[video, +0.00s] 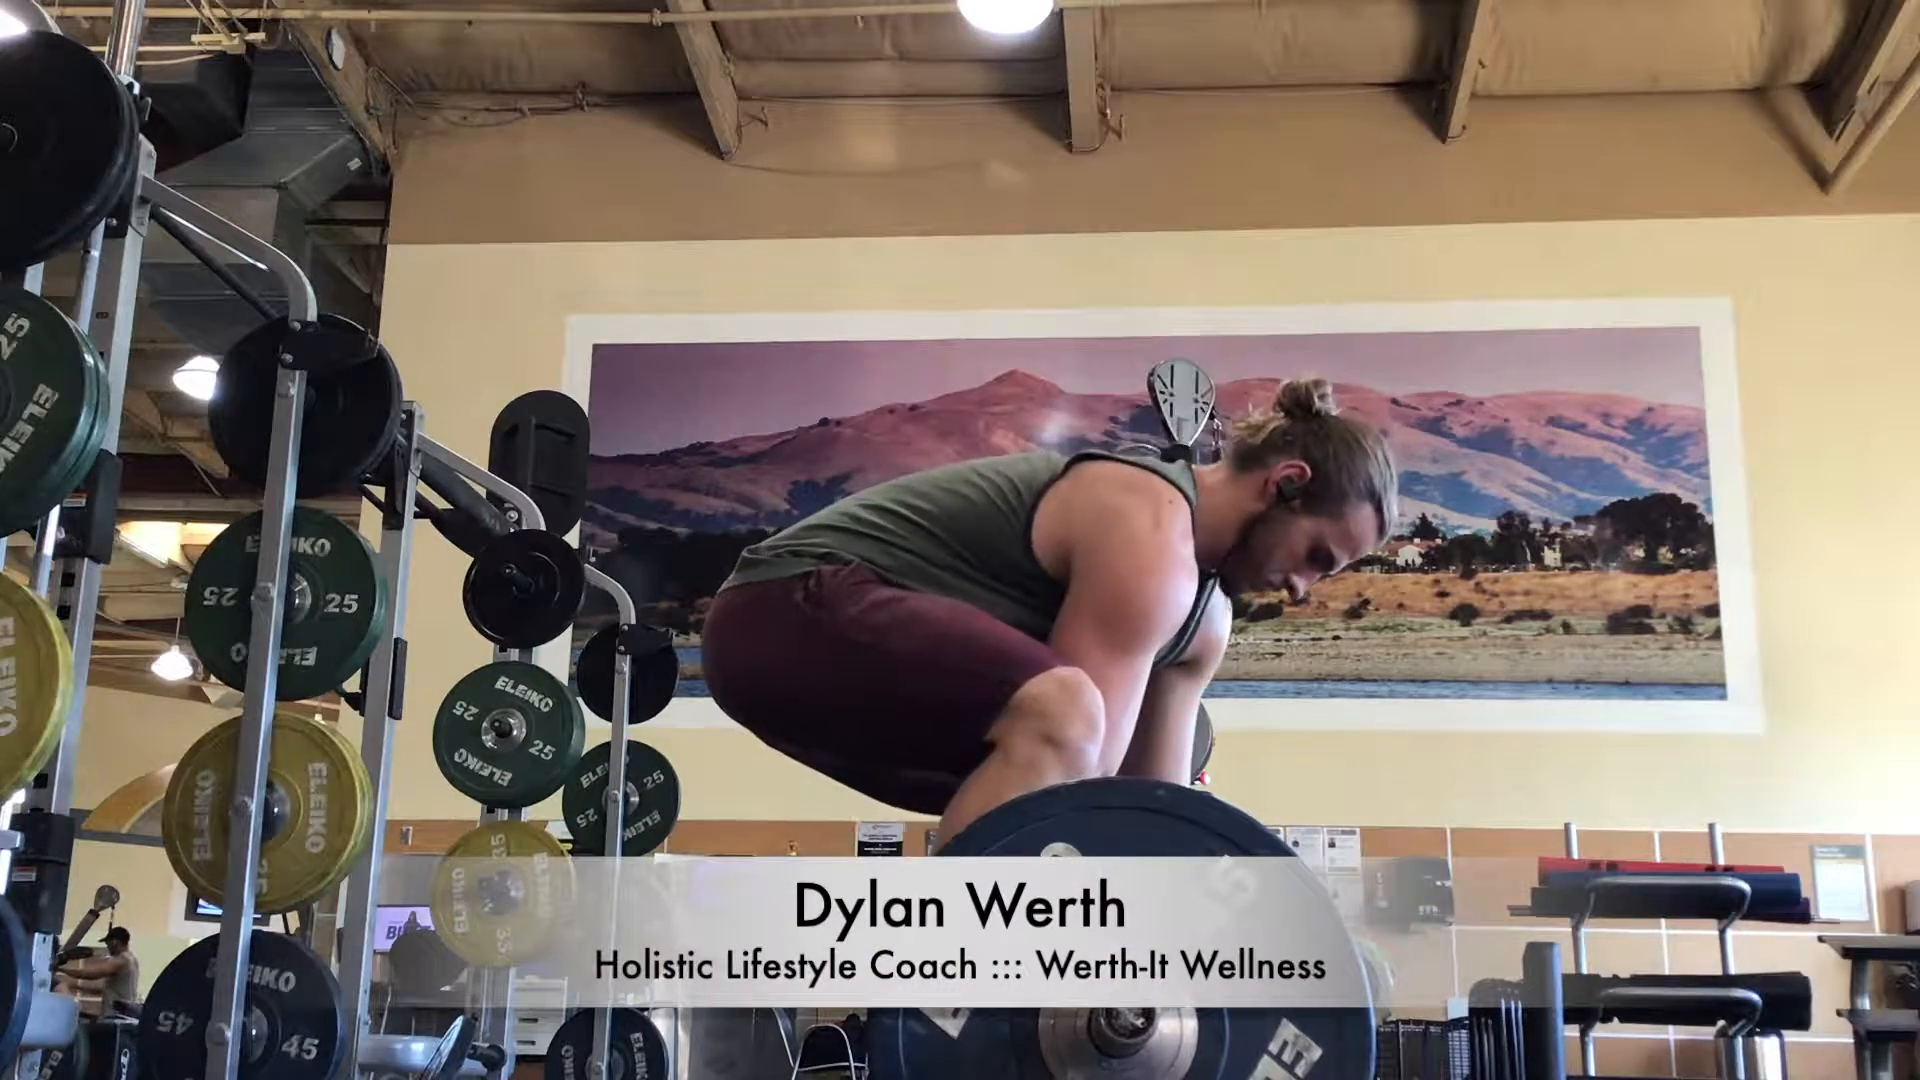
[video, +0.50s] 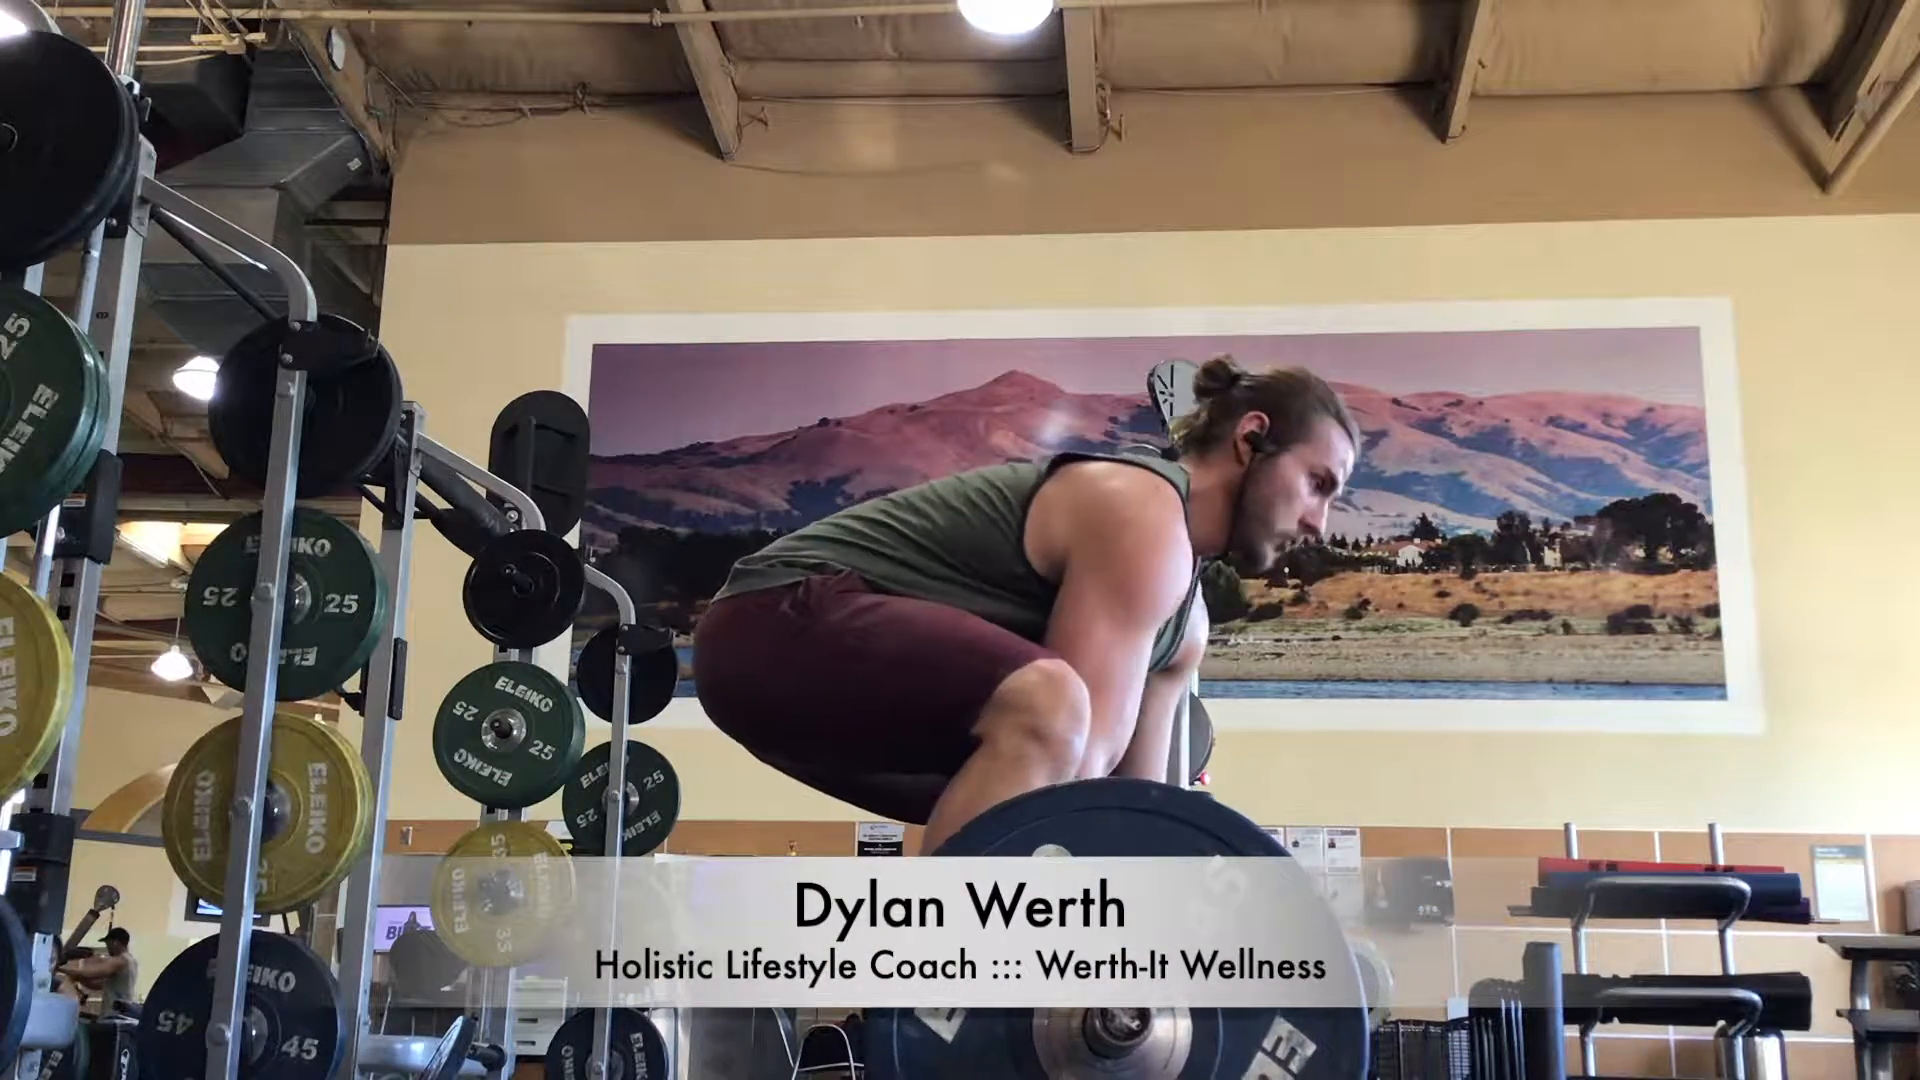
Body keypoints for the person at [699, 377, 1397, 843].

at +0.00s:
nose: (1303, 588)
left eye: (1325, 575)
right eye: (1316, 558)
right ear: (1282, 485)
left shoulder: (1199, 617)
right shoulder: (1143, 539)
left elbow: (1148, 812)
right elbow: (1068, 783)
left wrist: (1157, 968)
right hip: (790, 605)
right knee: (1062, 717)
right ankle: (918, 977)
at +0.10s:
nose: (1314, 584)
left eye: (1335, 567)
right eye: (1324, 548)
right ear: (1276, 478)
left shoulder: (1199, 628)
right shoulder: (1139, 543)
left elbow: (1148, 815)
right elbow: (1066, 779)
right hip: (786, 608)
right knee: (1060, 716)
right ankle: (924, 982)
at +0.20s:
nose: (1317, 573)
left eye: (1336, 557)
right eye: (1321, 537)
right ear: (1264, 475)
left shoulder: (1195, 633)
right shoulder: (1134, 549)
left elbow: (1147, 819)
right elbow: (1064, 783)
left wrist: (1157, 982)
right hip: (783, 612)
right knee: (1060, 720)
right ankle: (921, 986)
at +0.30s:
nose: (1316, 561)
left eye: (1332, 542)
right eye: (1317, 524)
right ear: (1257, 467)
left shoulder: (1190, 633)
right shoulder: (1130, 543)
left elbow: (1142, 817)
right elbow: (1056, 781)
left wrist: (1155, 981)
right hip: (779, 616)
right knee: (1051, 714)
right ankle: (917, 989)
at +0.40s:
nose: (1316, 541)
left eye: (1330, 523)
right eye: (1314, 503)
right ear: (1252, 452)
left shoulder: (1183, 627)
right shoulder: (1131, 529)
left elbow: (1131, 809)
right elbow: (1057, 776)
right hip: (778, 614)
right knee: (1044, 711)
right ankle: (893, 983)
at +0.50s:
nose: (1322, 521)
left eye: (1333, 501)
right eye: (1319, 483)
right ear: (1250, 441)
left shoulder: (1181, 621)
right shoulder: (1139, 523)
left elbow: (1133, 805)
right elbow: (1070, 774)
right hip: (780, 615)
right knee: (1051, 712)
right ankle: (899, 975)